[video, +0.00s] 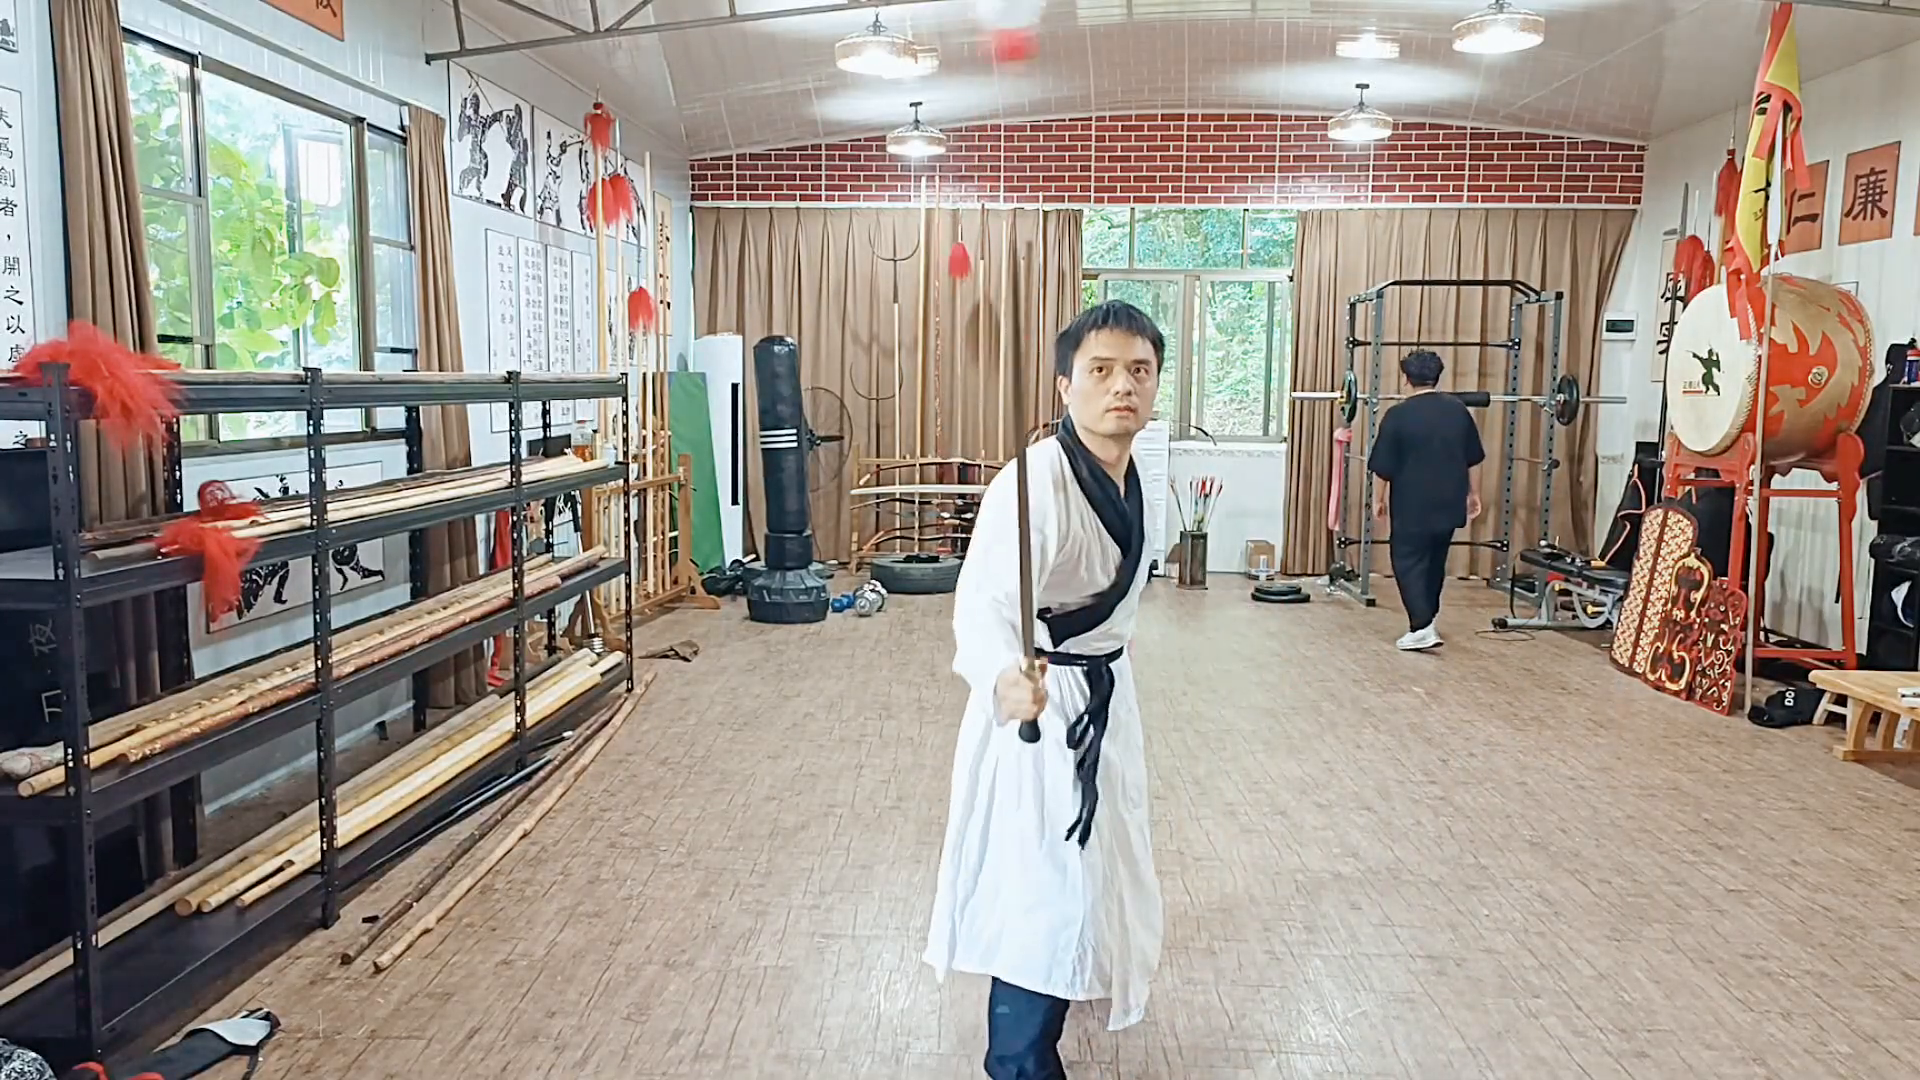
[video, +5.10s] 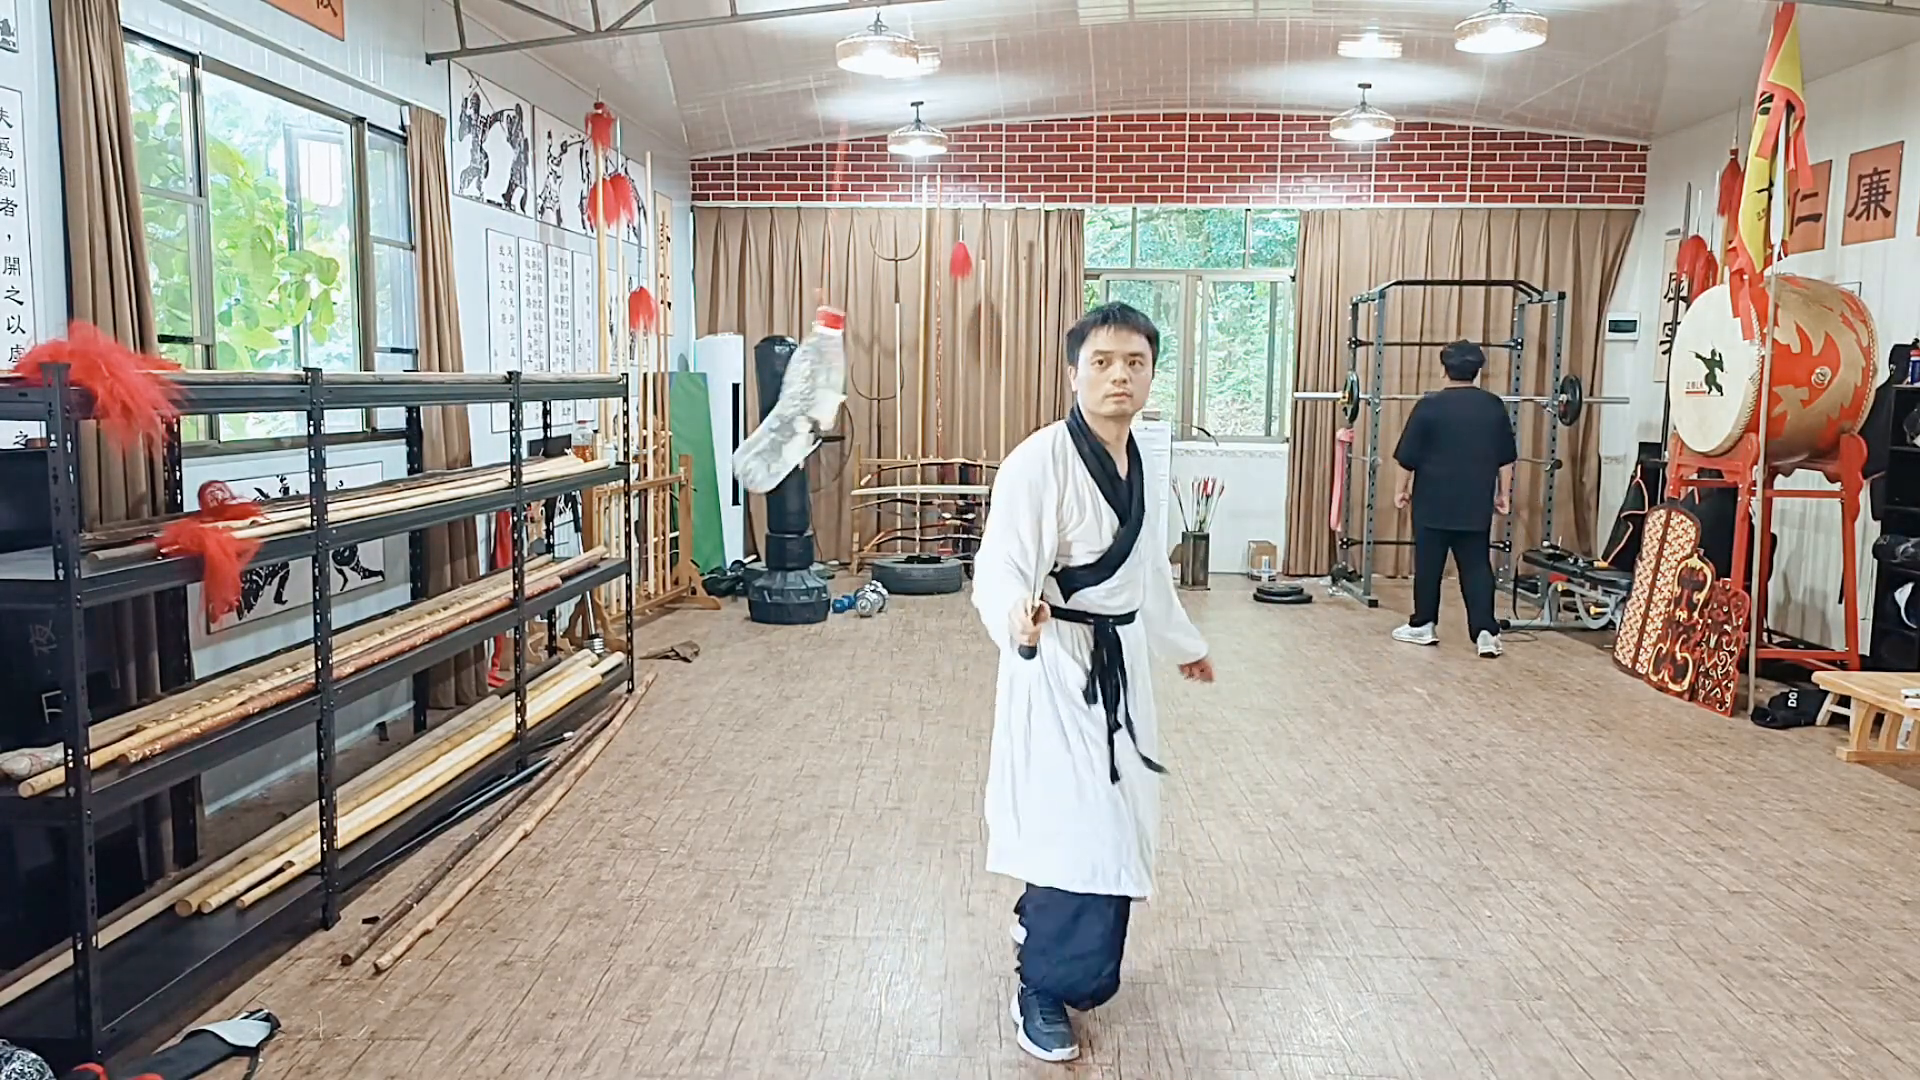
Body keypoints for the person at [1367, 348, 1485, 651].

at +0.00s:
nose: (1403, 380)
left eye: (1404, 376)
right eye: (1405, 376)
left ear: (1407, 379)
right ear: (1437, 377)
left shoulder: (1397, 414)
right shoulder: (1457, 408)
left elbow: (1382, 465)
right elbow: (1473, 457)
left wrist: (1380, 499)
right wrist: (1474, 491)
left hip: (1411, 505)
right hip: (1448, 503)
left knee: (1407, 563)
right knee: (1435, 562)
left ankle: (1422, 628)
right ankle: (1425, 623)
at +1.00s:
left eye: (1423, 383)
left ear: (1421, 387)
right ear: (1453, 384)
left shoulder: (1408, 423)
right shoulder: (1470, 416)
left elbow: (1388, 472)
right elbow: (1491, 462)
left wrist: (1381, 506)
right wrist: (1489, 490)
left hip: (1420, 513)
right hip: (1460, 512)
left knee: (1412, 563)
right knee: (1460, 569)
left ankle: (1405, 609)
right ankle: (1463, 629)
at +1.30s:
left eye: (1444, 368)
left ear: (1443, 371)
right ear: (1477, 372)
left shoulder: (1431, 407)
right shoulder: (1494, 406)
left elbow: (1412, 460)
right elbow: (1509, 456)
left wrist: (1406, 496)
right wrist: (1511, 492)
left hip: (1436, 504)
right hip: (1480, 505)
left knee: (1428, 560)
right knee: (1471, 570)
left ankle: (1421, 623)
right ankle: (1463, 637)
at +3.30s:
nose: (1426, 366)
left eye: (1428, 363)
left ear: (1430, 367)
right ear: (1463, 369)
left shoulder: (1412, 404)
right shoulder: (1478, 404)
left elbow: (1391, 455)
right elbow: (1494, 454)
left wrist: (1386, 491)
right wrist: (1497, 492)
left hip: (1421, 507)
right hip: (1465, 507)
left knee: (1423, 571)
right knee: (1473, 567)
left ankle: (1428, 635)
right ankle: (1485, 633)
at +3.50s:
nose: (1438, 368)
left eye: (1440, 364)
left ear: (1442, 368)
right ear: (1475, 369)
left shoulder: (1425, 404)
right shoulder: (1490, 405)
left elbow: (1402, 456)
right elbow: (1503, 456)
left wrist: (1394, 493)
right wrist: (1507, 494)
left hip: (1430, 508)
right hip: (1474, 508)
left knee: (1429, 571)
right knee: (1476, 570)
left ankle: (1429, 634)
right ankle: (1486, 635)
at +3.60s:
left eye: (1444, 367)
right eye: (1488, 369)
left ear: (1448, 370)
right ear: (1483, 372)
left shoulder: (1430, 404)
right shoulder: (1495, 404)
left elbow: (1409, 457)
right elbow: (1509, 456)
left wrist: (1400, 495)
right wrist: (1510, 493)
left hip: (1434, 506)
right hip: (1478, 507)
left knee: (1432, 572)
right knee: (1480, 570)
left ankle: (1429, 634)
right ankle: (1486, 636)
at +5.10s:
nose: (1442, 370)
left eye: (1444, 366)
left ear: (1445, 369)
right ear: (1477, 371)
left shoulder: (1430, 404)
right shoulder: (1492, 405)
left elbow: (1408, 455)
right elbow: (1506, 455)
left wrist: (1401, 488)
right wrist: (1504, 491)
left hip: (1433, 505)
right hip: (1475, 506)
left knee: (1428, 568)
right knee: (1476, 568)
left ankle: (1423, 626)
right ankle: (1485, 633)